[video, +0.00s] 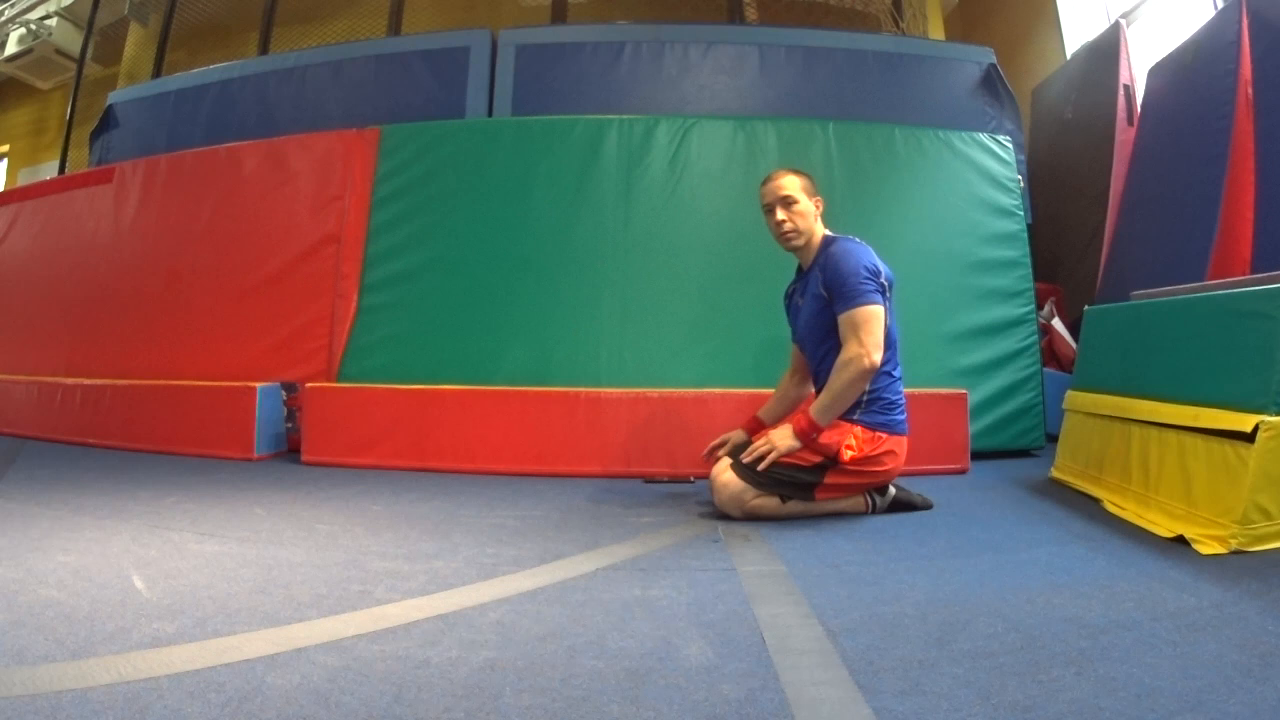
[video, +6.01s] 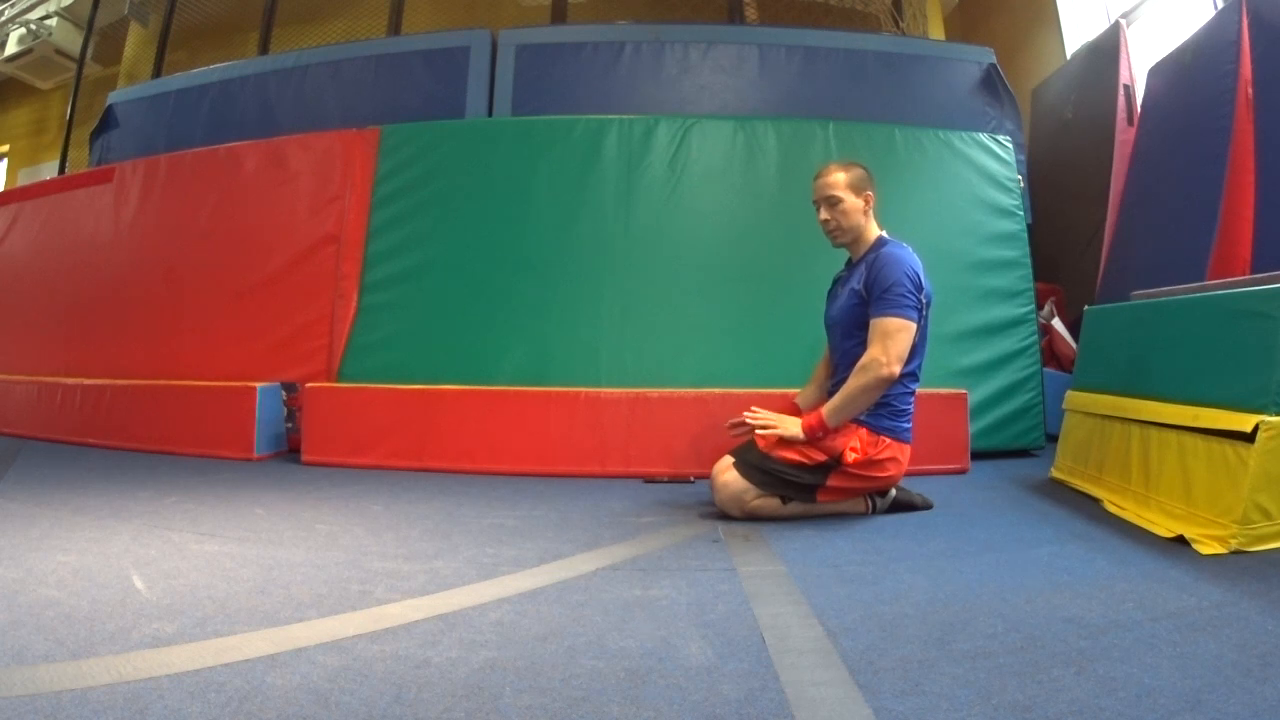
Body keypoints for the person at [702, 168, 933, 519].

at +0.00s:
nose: (778, 217)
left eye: (788, 204)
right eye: (769, 211)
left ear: (817, 206)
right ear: (765, 221)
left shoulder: (846, 257)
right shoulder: (798, 291)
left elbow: (864, 358)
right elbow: (800, 377)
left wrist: (799, 430)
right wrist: (750, 430)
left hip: (868, 439)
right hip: (837, 430)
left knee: (733, 493)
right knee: (724, 472)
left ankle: (868, 500)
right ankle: (858, 490)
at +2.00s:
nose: (842, 208)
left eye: (855, 196)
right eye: (835, 198)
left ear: (883, 202)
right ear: (829, 204)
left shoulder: (898, 263)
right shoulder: (848, 276)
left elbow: (884, 367)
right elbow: (832, 361)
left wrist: (806, 428)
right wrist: (787, 414)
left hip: (872, 444)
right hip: (843, 433)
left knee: (734, 494)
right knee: (724, 474)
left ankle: (870, 502)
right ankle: (859, 489)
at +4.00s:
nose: (835, 211)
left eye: (847, 198)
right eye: (828, 201)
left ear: (877, 202)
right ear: (823, 207)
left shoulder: (895, 263)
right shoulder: (848, 276)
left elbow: (882, 366)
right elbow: (832, 362)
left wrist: (805, 429)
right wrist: (788, 414)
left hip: (872, 444)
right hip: (844, 433)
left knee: (734, 493)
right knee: (724, 474)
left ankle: (869, 502)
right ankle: (859, 489)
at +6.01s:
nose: (823, 216)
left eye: (833, 203)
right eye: (818, 207)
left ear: (867, 202)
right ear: (815, 212)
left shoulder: (894, 263)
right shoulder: (848, 276)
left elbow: (883, 366)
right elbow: (833, 365)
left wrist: (809, 426)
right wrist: (787, 418)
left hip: (872, 444)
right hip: (846, 434)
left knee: (734, 494)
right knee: (725, 474)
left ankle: (868, 502)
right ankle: (860, 491)